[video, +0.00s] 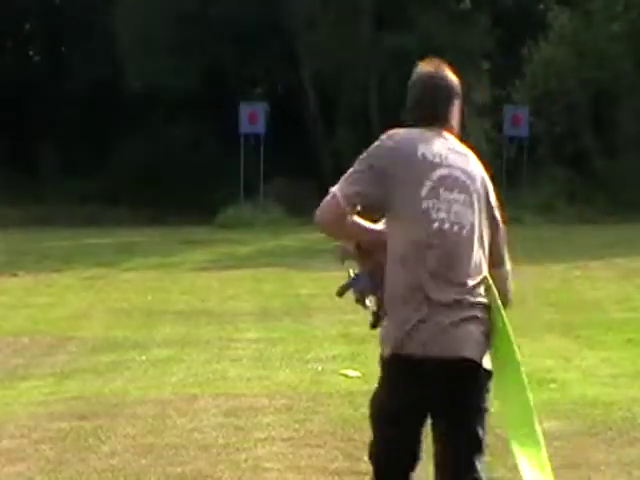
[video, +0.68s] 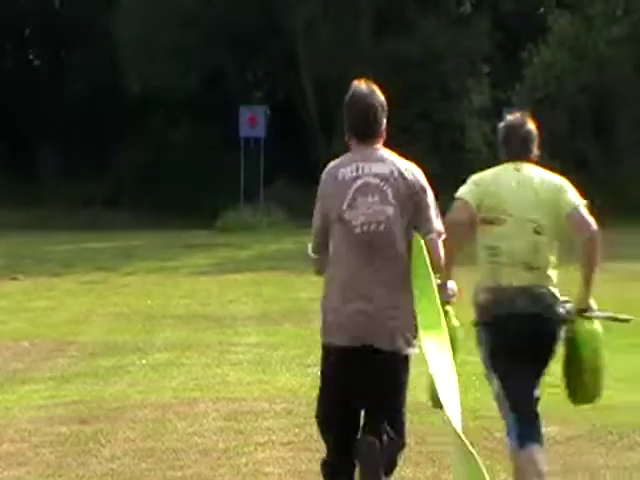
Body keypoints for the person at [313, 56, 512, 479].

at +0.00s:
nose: (461, 112)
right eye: (459, 105)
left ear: (410, 107)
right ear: (455, 110)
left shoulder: (393, 149)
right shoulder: (474, 168)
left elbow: (329, 215)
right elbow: (498, 269)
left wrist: (375, 236)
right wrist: (495, 319)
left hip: (407, 353)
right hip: (466, 354)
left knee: (391, 466)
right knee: (460, 468)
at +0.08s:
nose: (427, 112)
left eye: (423, 104)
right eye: (426, 105)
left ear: (379, 110)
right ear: (422, 110)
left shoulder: (368, 156)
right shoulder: (448, 162)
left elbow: (322, 244)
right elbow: (477, 257)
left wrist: (362, 242)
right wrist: (479, 302)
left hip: (396, 346)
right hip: (454, 344)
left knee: (383, 461)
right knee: (446, 459)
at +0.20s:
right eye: (398, 108)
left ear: (355, 116)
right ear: (399, 114)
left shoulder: (345, 165)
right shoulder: (428, 167)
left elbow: (323, 249)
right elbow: (472, 259)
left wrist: (364, 243)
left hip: (363, 336)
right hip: (419, 335)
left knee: (357, 452)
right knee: (402, 453)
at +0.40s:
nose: (400, 116)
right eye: (402, 110)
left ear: (360, 115)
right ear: (402, 117)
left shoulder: (341, 160)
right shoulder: (420, 177)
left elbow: (305, 238)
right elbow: (438, 269)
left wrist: (342, 236)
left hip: (335, 326)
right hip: (389, 334)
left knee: (330, 443)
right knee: (375, 449)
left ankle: (328, 471)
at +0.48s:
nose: (403, 123)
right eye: (403, 118)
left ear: (361, 118)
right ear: (402, 126)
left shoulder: (338, 155)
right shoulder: (417, 185)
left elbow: (286, 206)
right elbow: (427, 265)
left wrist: (336, 212)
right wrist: (421, 332)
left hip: (337, 328)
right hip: (388, 330)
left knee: (334, 435)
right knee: (380, 441)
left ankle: (329, 472)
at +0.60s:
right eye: (388, 105)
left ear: (350, 110)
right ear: (392, 111)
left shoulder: (335, 154)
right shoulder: (411, 163)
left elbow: (304, 228)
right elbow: (431, 234)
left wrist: (344, 228)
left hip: (344, 314)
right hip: (394, 313)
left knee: (339, 423)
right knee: (381, 427)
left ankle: (336, 472)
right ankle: (366, 467)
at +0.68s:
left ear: (346, 128)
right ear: (385, 125)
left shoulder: (332, 174)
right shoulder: (409, 175)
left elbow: (319, 254)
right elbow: (434, 243)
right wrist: (442, 284)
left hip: (341, 325)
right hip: (393, 324)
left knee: (338, 429)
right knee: (387, 422)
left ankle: (340, 469)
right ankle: (375, 461)